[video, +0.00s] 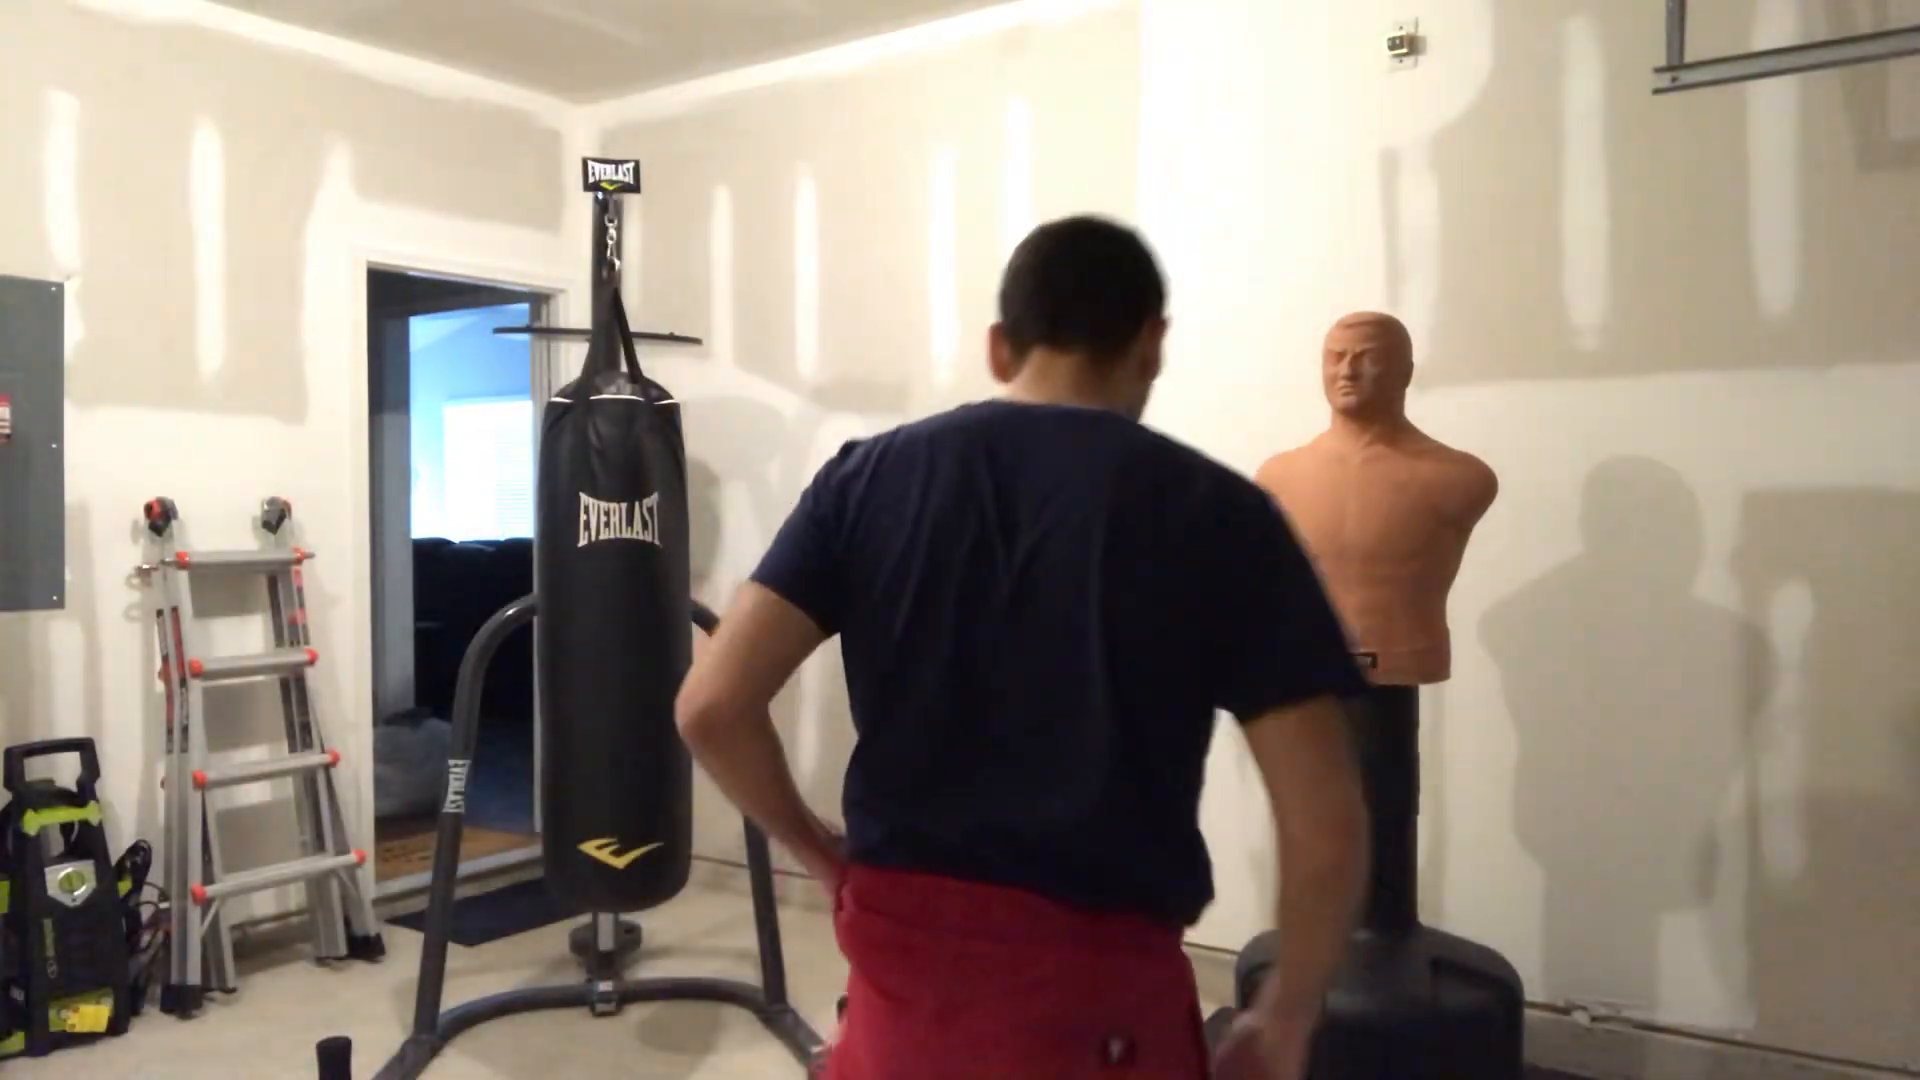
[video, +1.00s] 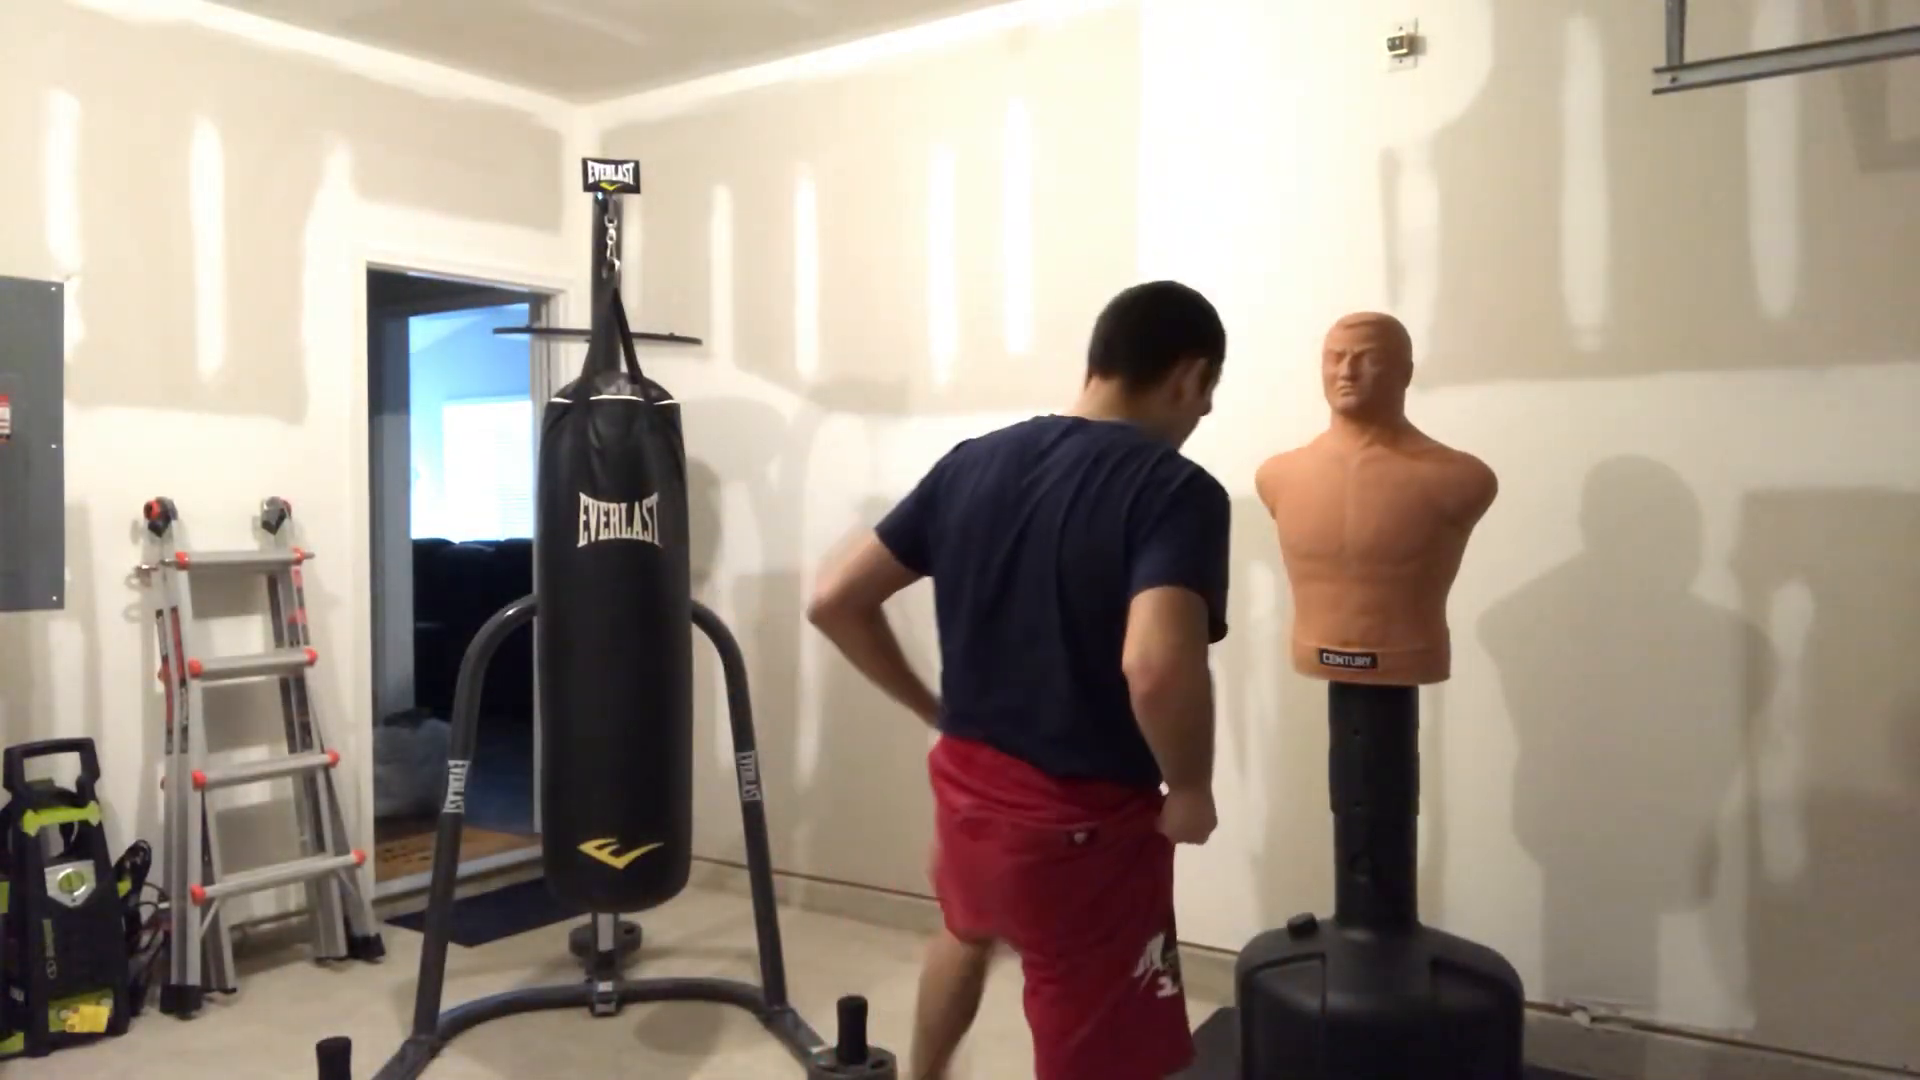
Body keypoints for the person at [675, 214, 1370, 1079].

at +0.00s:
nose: (1151, 367)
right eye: (1160, 350)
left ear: (995, 352)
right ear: (1154, 346)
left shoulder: (873, 478)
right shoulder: (1215, 511)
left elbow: (711, 708)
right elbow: (1327, 827)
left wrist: (822, 851)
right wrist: (1286, 1018)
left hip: (902, 975)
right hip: (1115, 982)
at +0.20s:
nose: (1073, 373)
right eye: (1075, 353)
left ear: (935, 365)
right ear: (1065, 349)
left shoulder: (832, 487)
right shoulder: (1126, 482)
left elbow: (697, 707)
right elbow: (1194, 744)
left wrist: (831, 827)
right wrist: (1184, 956)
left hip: (890, 930)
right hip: (1062, 934)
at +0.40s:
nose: (1053, 383)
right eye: (1054, 363)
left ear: (924, 369)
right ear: (1040, 352)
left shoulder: (830, 481)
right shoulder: (1070, 460)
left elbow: (702, 679)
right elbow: (1110, 655)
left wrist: (834, 785)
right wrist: (1140, 834)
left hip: (879, 870)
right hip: (1030, 876)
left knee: (885, 1062)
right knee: (1091, 1060)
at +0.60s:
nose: (1095, 395)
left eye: (1096, 373)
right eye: (1094, 371)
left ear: (978, 362)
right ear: (1071, 359)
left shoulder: (879, 481)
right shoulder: (1076, 462)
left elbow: (757, 664)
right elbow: (1066, 614)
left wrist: (872, 766)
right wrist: (1135, 774)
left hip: (898, 860)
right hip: (1032, 869)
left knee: (909, 1067)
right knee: (1132, 1065)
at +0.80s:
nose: (1168, 410)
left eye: (1173, 389)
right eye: (1171, 388)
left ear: (1057, 367)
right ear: (1152, 380)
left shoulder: (938, 472)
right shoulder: (1145, 498)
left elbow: (795, 616)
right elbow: (1132, 678)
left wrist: (900, 725)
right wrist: (1169, 798)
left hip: (936, 847)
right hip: (1063, 866)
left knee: (931, 1055)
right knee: (1112, 1067)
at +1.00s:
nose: (1204, 411)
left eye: (1212, 392)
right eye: (1209, 389)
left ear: (1097, 363)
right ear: (1186, 378)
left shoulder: (979, 461)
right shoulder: (1175, 488)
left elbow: (837, 602)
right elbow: (1157, 666)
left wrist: (935, 710)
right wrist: (1189, 789)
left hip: (966, 801)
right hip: (1082, 839)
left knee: (962, 935)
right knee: (1100, 1063)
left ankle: (921, 1073)